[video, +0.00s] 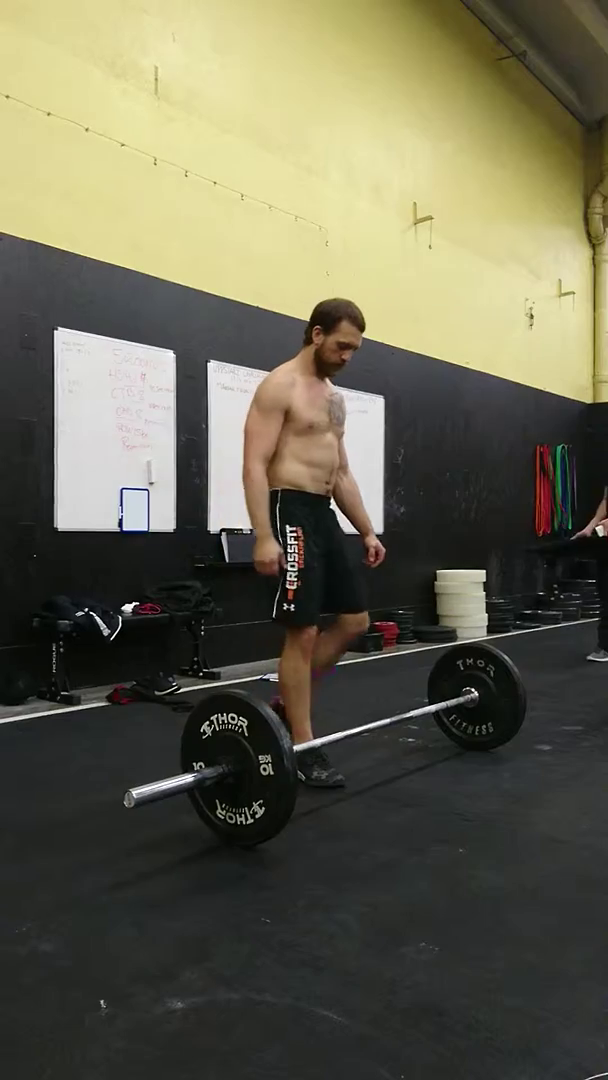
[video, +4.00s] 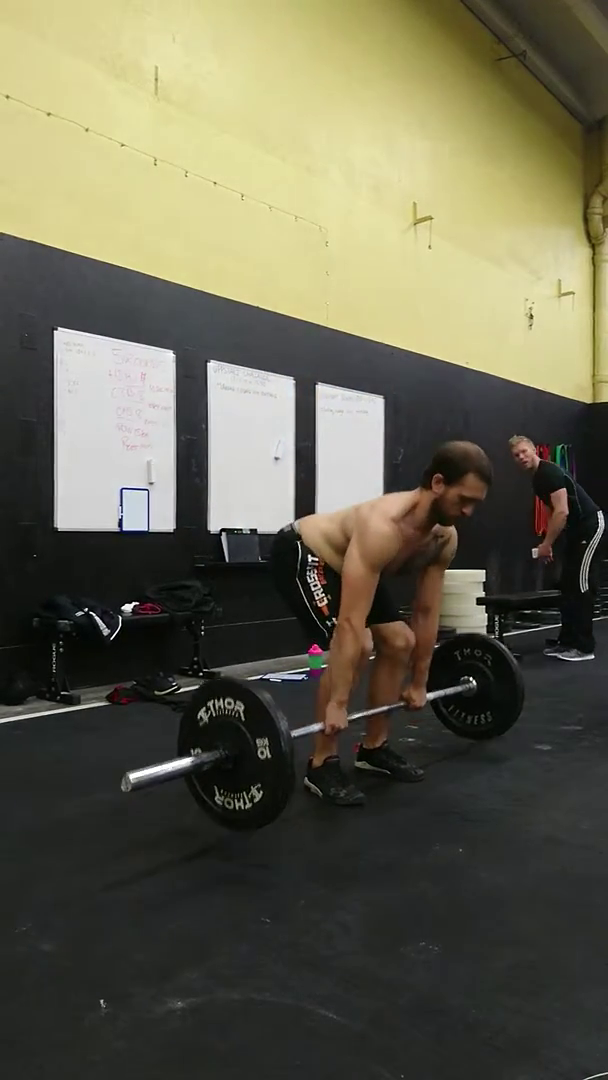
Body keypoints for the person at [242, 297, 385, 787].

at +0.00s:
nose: (347, 356)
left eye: (353, 349)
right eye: (342, 346)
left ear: (353, 346)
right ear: (315, 335)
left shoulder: (333, 397)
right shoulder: (279, 384)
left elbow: (339, 473)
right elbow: (254, 463)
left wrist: (366, 531)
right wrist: (263, 535)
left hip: (324, 515)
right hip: (289, 512)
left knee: (352, 621)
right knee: (302, 635)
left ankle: (284, 696)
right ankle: (304, 748)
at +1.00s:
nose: (398, 351)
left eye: (404, 343)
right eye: (394, 340)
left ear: (396, 337)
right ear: (365, 325)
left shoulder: (379, 388)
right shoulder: (323, 374)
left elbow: (383, 468)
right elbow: (299, 458)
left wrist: (405, 531)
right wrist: (316, 534)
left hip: (363, 516)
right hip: (323, 515)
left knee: (375, 635)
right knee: (318, 640)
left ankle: (371, 742)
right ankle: (316, 761)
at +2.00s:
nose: (398, 346)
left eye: (405, 338)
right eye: (393, 336)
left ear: (402, 334)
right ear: (365, 323)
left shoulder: (389, 385)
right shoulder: (324, 374)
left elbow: (389, 464)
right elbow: (289, 454)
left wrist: (402, 529)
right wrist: (309, 524)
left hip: (373, 515)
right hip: (333, 515)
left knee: (369, 639)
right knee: (329, 640)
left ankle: (372, 746)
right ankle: (319, 761)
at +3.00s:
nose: (459, 467)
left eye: (466, 461)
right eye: (458, 457)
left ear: (442, 440)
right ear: (434, 435)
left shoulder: (431, 483)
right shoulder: (374, 467)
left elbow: (417, 558)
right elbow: (346, 560)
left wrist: (411, 633)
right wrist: (337, 644)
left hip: (351, 535)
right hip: (301, 528)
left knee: (377, 637)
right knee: (326, 641)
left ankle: (372, 745)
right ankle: (319, 762)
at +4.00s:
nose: (469, 511)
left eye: (475, 504)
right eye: (465, 500)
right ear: (436, 483)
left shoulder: (444, 537)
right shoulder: (382, 528)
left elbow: (426, 612)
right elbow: (349, 623)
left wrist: (419, 683)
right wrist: (338, 703)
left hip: (350, 563)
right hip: (303, 554)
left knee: (399, 642)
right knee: (355, 645)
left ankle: (374, 747)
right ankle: (322, 763)